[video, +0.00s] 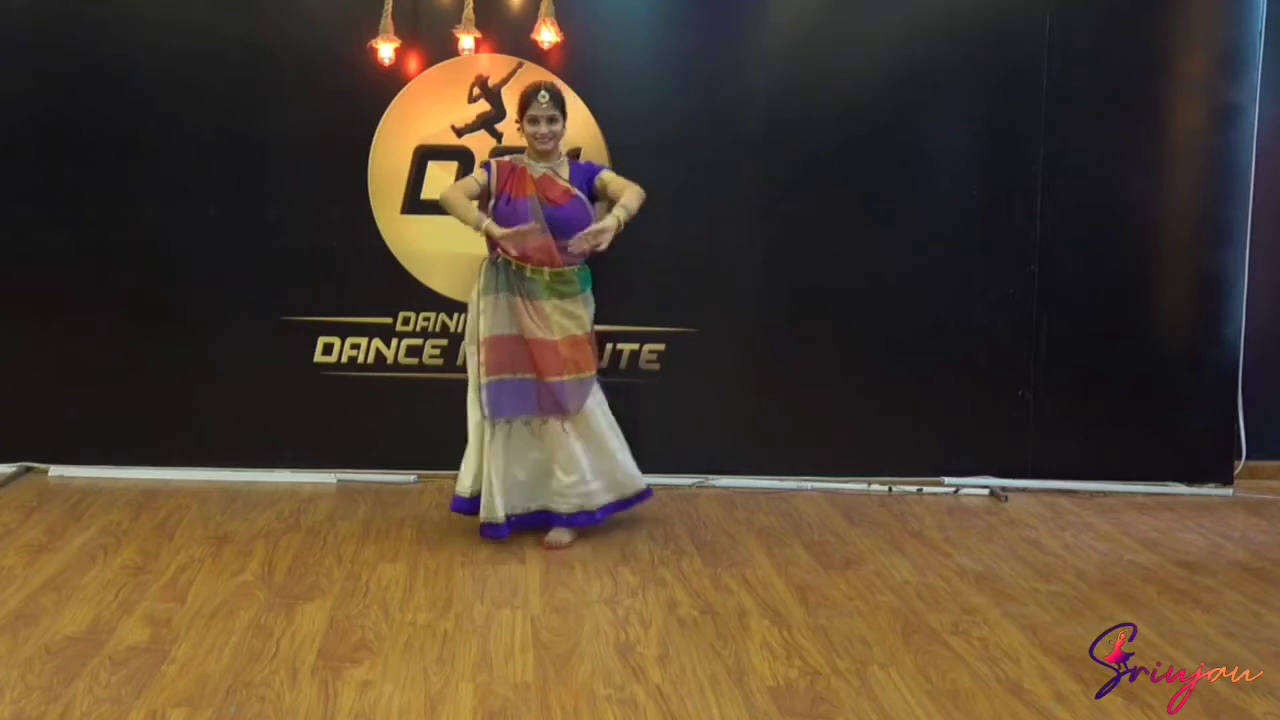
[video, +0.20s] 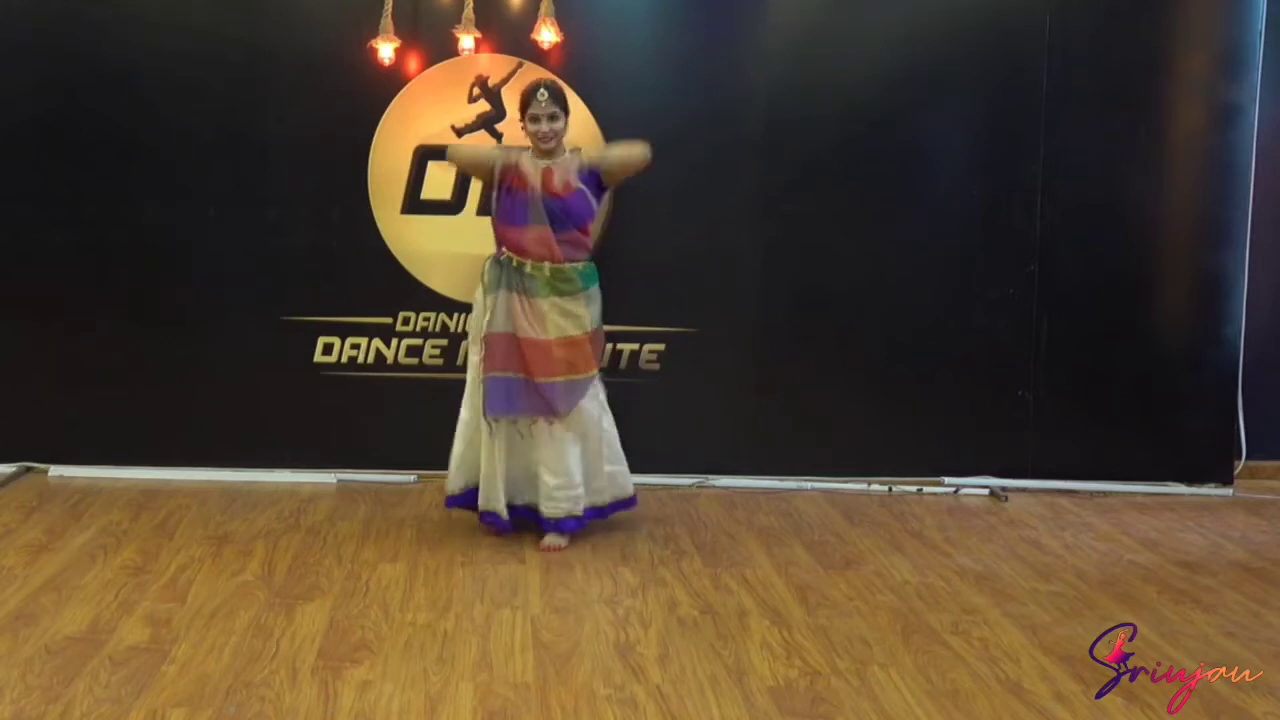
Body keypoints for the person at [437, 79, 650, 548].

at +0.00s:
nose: (543, 128)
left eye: (552, 120)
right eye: (534, 120)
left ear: (564, 126)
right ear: (521, 126)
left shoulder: (584, 173)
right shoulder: (503, 171)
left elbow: (633, 192)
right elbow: (452, 196)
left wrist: (611, 223)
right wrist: (492, 228)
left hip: (562, 298)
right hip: (507, 297)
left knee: (562, 402)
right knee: (510, 400)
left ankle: (565, 512)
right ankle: (508, 506)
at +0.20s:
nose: (543, 126)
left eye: (552, 118)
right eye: (534, 119)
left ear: (566, 122)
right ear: (523, 124)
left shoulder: (587, 170)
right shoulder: (509, 167)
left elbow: (642, 153)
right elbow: (454, 153)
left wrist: (583, 160)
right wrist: (508, 156)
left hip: (566, 302)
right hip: (511, 299)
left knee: (560, 409)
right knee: (509, 404)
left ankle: (560, 515)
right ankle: (508, 505)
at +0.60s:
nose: (535, 153)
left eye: (541, 142)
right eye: (525, 147)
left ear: (560, 144)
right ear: (517, 157)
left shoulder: (595, 197)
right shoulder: (511, 210)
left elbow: (626, 249)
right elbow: (499, 268)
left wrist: (586, 232)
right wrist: (537, 243)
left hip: (596, 323)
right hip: (538, 325)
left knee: (595, 423)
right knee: (538, 425)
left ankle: (606, 511)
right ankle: (594, 519)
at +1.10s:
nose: (556, 188)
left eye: (561, 175)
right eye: (546, 184)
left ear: (580, 166)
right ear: (540, 188)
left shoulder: (615, 193)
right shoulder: (561, 241)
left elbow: (658, 205)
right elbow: (569, 309)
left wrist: (693, 204)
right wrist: (545, 356)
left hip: (639, 337)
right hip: (594, 347)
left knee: (635, 436)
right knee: (597, 440)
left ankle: (642, 533)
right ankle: (564, 537)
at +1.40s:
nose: (629, 138)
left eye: (629, 128)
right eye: (617, 133)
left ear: (632, 129)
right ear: (593, 142)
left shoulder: (588, 184)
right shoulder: (618, 191)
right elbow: (676, 253)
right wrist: (694, 209)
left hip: (601, 303)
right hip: (628, 308)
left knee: (590, 408)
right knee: (636, 415)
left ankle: (550, 513)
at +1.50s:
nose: (650, 127)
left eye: (650, 117)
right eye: (644, 119)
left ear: (601, 126)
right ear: (617, 126)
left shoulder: (569, 174)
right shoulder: (647, 186)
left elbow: (541, 215)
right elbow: (695, 237)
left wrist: (557, 164)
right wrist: (708, 174)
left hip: (579, 299)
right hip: (635, 303)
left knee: (579, 403)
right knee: (654, 402)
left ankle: (547, 507)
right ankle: (665, 515)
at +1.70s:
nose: (645, 118)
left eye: (641, 110)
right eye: (643, 112)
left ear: (601, 123)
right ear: (645, 124)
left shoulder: (580, 177)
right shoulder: (668, 182)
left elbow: (518, 221)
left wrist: (539, 181)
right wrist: (648, 167)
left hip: (585, 301)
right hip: (644, 306)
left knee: (581, 408)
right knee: (638, 407)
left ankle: (583, 519)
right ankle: (641, 514)